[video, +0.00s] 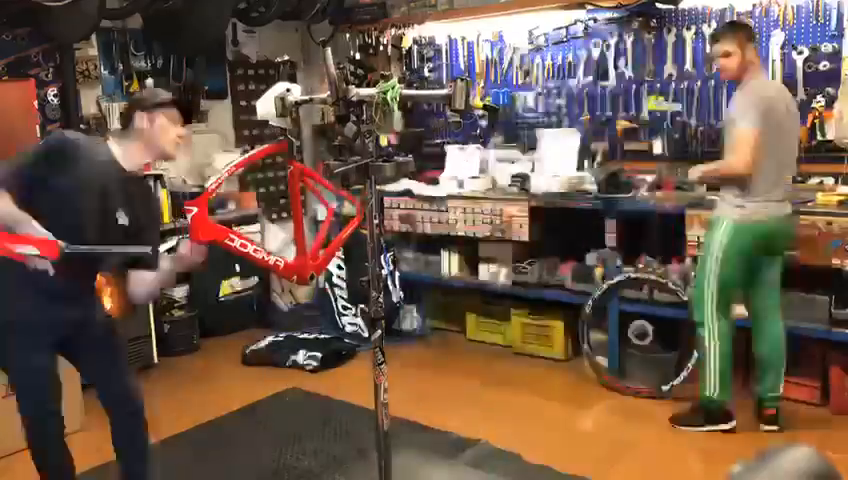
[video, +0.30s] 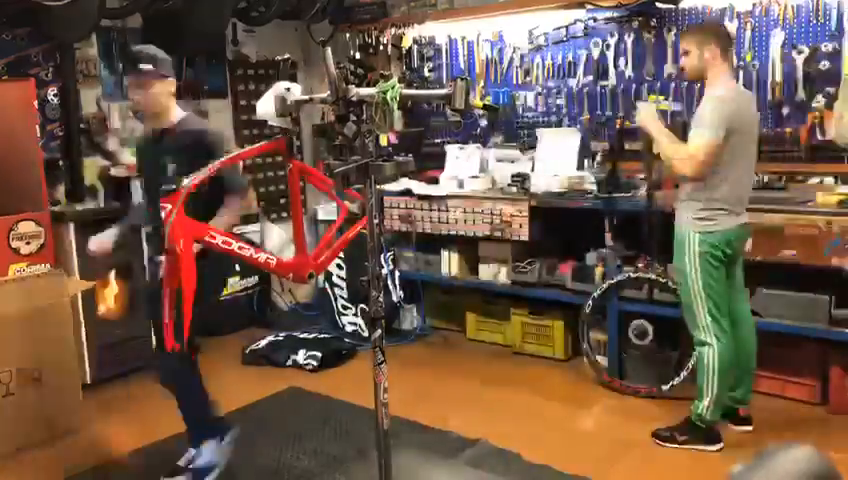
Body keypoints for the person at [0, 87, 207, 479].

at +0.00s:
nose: (183, 134)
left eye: (183, 126)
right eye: (174, 122)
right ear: (144, 120)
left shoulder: (144, 203)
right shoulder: (67, 149)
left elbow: (137, 290)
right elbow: (1, 192)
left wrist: (174, 264)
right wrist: (25, 225)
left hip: (79, 303)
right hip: (22, 297)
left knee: (126, 402)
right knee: (41, 419)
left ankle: (135, 472)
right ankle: (60, 475)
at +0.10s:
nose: (131, 90)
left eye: (131, 78)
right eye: (119, 81)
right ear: (82, 88)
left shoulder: (124, 135)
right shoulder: (64, 166)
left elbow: (170, 189)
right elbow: (69, 267)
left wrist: (192, 175)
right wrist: (164, 263)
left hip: (137, 299)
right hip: (95, 311)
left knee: (143, 418)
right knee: (109, 431)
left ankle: (139, 475)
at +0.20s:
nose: (221, 90)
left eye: (222, 81)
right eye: (215, 80)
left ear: (193, 80)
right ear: (185, 77)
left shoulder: (191, 135)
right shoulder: (150, 121)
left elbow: (193, 212)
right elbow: (210, 117)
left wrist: (231, 199)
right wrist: (268, 104)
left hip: (190, 279)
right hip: (152, 283)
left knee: (192, 383)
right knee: (158, 392)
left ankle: (189, 473)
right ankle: (150, 474)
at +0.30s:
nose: (137, 98)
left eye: (145, 87)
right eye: (132, 89)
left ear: (170, 87)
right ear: (131, 92)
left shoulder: (202, 138)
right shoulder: (147, 143)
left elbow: (238, 196)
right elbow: (147, 205)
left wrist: (206, 236)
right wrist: (112, 235)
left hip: (197, 263)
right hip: (161, 264)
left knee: (175, 359)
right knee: (172, 357)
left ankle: (212, 433)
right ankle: (204, 439)